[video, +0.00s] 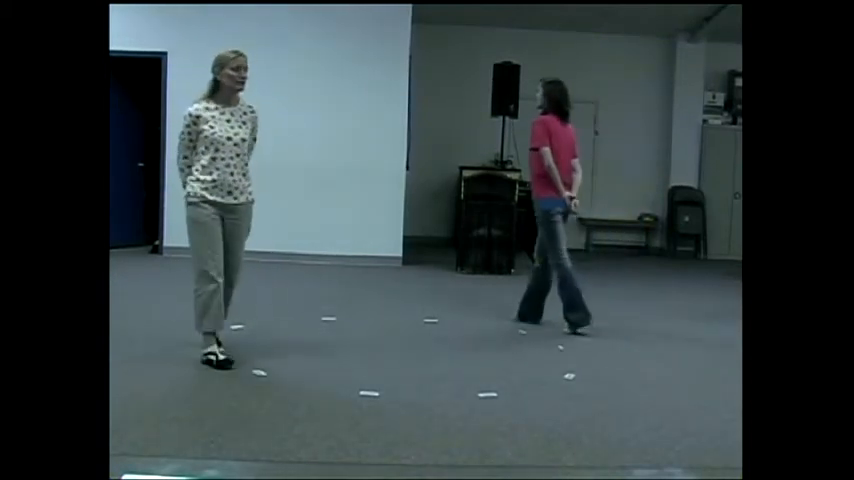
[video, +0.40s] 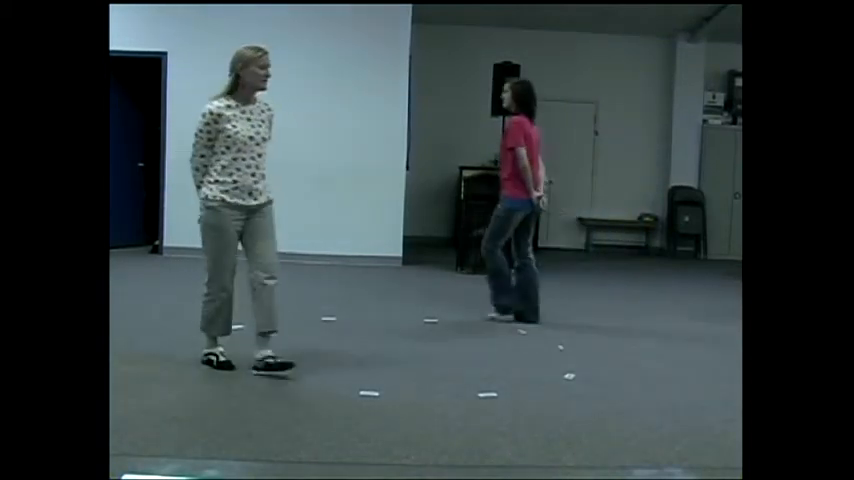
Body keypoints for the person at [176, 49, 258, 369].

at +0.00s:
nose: (241, 75)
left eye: (244, 71)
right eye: (235, 70)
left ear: (246, 76)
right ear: (218, 73)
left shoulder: (249, 115)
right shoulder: (198, 113)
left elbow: (246, 156)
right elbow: (184, 157)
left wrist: (231, 181)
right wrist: (192, 187)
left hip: (239, 200)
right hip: (204, 199)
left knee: (231, 272)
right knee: (210, 271)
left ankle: (215, 333)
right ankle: (210, 342)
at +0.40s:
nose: (267, 74)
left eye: (268, 68)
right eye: (261, 68)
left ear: (263, 73)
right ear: (240, 72)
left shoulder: (265, 112)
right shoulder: (216, 112)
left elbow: (255, 157)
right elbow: (199, 157)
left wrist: (239, 184)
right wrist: (206, 192)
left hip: (258, 203)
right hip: (221, 204)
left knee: (265, 275)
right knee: (221, 279)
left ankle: (264, 352)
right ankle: (212, 348)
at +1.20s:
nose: (351, 70)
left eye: (350, 65)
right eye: (343, 66)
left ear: (334, 74)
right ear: (323, 72)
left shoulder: (328, 113)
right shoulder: (312, 113)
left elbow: (307, 166)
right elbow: (293, 166)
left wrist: (291, 213)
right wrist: (287, 212)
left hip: (325, 213)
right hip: (314, 213)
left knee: (309, 295)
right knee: (340, 293)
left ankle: (284, 364)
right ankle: (361, 377)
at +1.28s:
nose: (357, 70)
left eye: (356, 65)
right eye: (350, 66)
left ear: (339, 74)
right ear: (329, 72)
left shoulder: (333, 114)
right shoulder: (321, 115)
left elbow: (314, 168)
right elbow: (304, 166)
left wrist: (298, 214)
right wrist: (296, 213)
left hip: (329, 213)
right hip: (326, 214)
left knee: (320, 296)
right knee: (349, 294)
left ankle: (285, 363)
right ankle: (366, 378)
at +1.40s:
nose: (368, 69)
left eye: (366, 64)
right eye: (360, 64)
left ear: (345, 72)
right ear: (340, 70)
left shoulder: (339, 112)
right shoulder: (335, 113)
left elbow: (325, 168)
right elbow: (319, 167)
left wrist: (315, 216)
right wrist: (312, 215)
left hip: (340, 211)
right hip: (345, 212)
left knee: (353, 295)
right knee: (368, 293)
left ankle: (300, 349)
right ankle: (369, 379)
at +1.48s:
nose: (372, 71)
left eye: (371, 65)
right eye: (365, 66)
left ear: (349, 73)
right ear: (345, 71)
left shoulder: (344, 114)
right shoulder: (340, 115)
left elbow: (331, 171)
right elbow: (325, 169)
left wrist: (320, 220)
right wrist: (318, 218)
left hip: (344, 212)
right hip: (350, 212)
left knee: (372, 293)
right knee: (377, 292)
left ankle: (316, 344)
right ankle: (369, 379)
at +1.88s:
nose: (377, 69)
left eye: (375, 63)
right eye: (371, 64)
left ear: (354, 71)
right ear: (352, 70)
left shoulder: (345, 112)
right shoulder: (339, 114)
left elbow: (327, 168)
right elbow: (320, 167)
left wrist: (316, 216)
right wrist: (312, 214)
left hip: (342, 211)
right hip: (343, 212)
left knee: (350, 294)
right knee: (367, 294)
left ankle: (296, 352)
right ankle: (370, 379)